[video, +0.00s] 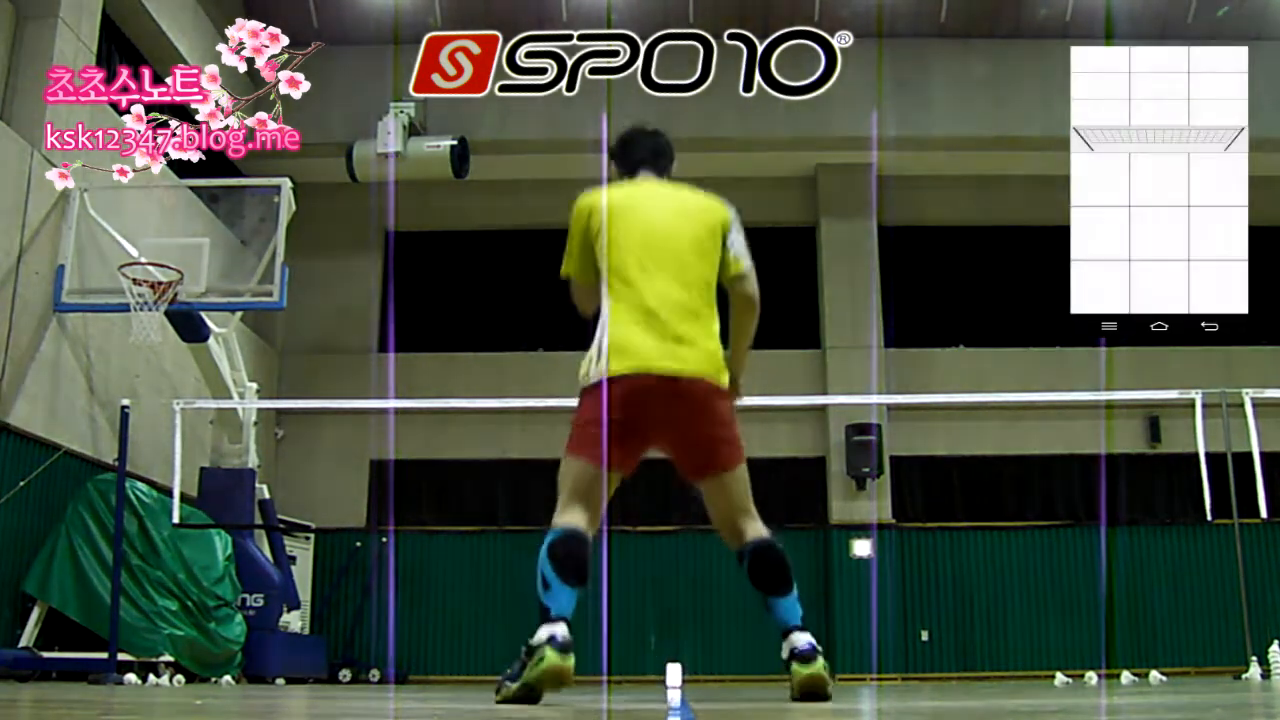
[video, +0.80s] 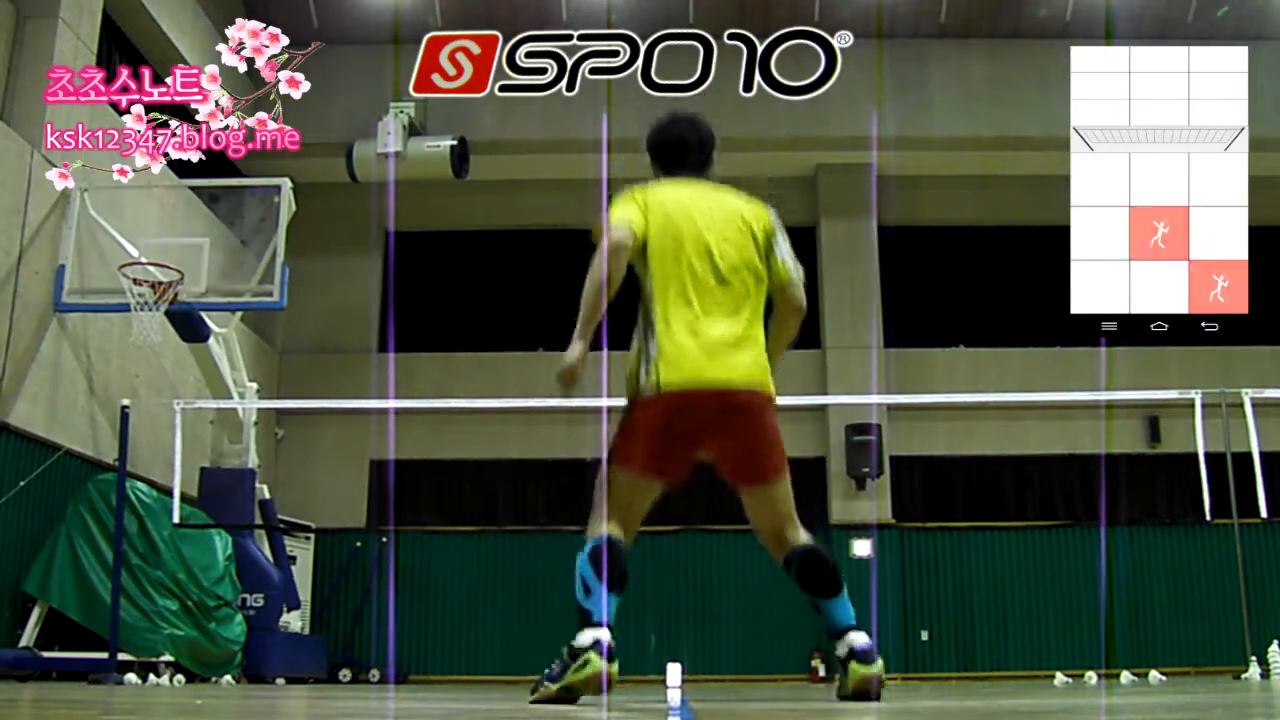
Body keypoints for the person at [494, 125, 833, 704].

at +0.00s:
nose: (618, 177)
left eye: (615, 168)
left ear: (618, 168)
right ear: (670, 168)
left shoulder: (594, 205)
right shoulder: (715, 209)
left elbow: (585, 300)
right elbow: (746, 294)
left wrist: (622, 251)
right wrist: (734, 372)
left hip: (618, 380)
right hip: (699, 381)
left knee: (575, 509)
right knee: (744, 521)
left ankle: (552, 637)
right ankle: (800, 644)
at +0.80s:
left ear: (654, 160)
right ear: (710, 159)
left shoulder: (639, 200)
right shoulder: (755, 212)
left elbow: (615, 247)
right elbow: (794, 299)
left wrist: (580, 342)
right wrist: (759, 364)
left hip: (670, 390)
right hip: (747, 391)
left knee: (614, 521)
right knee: (786, 530)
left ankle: (593, 640)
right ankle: (853, 642)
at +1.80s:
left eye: (654, 202)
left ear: (658, 198)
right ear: (713, 193)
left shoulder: (654, 223)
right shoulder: (766, 232)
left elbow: (622, 274)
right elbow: (817, 311)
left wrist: (568, 348)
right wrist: (817, 382)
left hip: (676, 380)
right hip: (761, 379)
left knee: (621, 523)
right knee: (825, 512)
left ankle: (553, 643)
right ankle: (880, 637)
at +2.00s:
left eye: (752, 190)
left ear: (750, 196)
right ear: (804, 183)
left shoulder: (734, 248)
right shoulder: (853, 215)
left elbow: (694, 337)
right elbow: (937, 213)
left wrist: (669, 397)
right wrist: (915, 186)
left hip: (745, 407)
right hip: (832, 407)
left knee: (669, 538)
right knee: (877, 530)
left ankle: (568, 642)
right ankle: (875, 652)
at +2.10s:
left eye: (806, 147)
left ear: (807, 147)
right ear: (863, 128)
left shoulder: (800, 204)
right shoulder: (913, 151)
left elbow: (740, 308)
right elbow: (987, 102)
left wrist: (732, 307)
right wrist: (927, 50)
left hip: (824, 349)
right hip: (911, 349)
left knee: (762, 495)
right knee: (916, 508)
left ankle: (694, 624)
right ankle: (883, 649)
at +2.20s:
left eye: (876, 72)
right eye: (902, 64)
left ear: (863, 91)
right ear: (912, 70)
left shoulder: (855, 147)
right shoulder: (951, 92)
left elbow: (801, 239)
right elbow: (1027, 29)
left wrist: (806, 195)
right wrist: (984, 6)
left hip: (893, 288)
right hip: (974, 277)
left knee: (896, 460)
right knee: (983, 457)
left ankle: (877, 616)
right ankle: (969, 610)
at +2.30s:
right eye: (971, 28)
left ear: (916, 61)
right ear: (966, 41)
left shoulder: (905, 127)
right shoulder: (997, 67)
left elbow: (870, 187)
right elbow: (1070, 15)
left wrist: (877, 128)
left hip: (952, 281)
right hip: (1032, 261)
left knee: (999, 445)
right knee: (1079, 426)